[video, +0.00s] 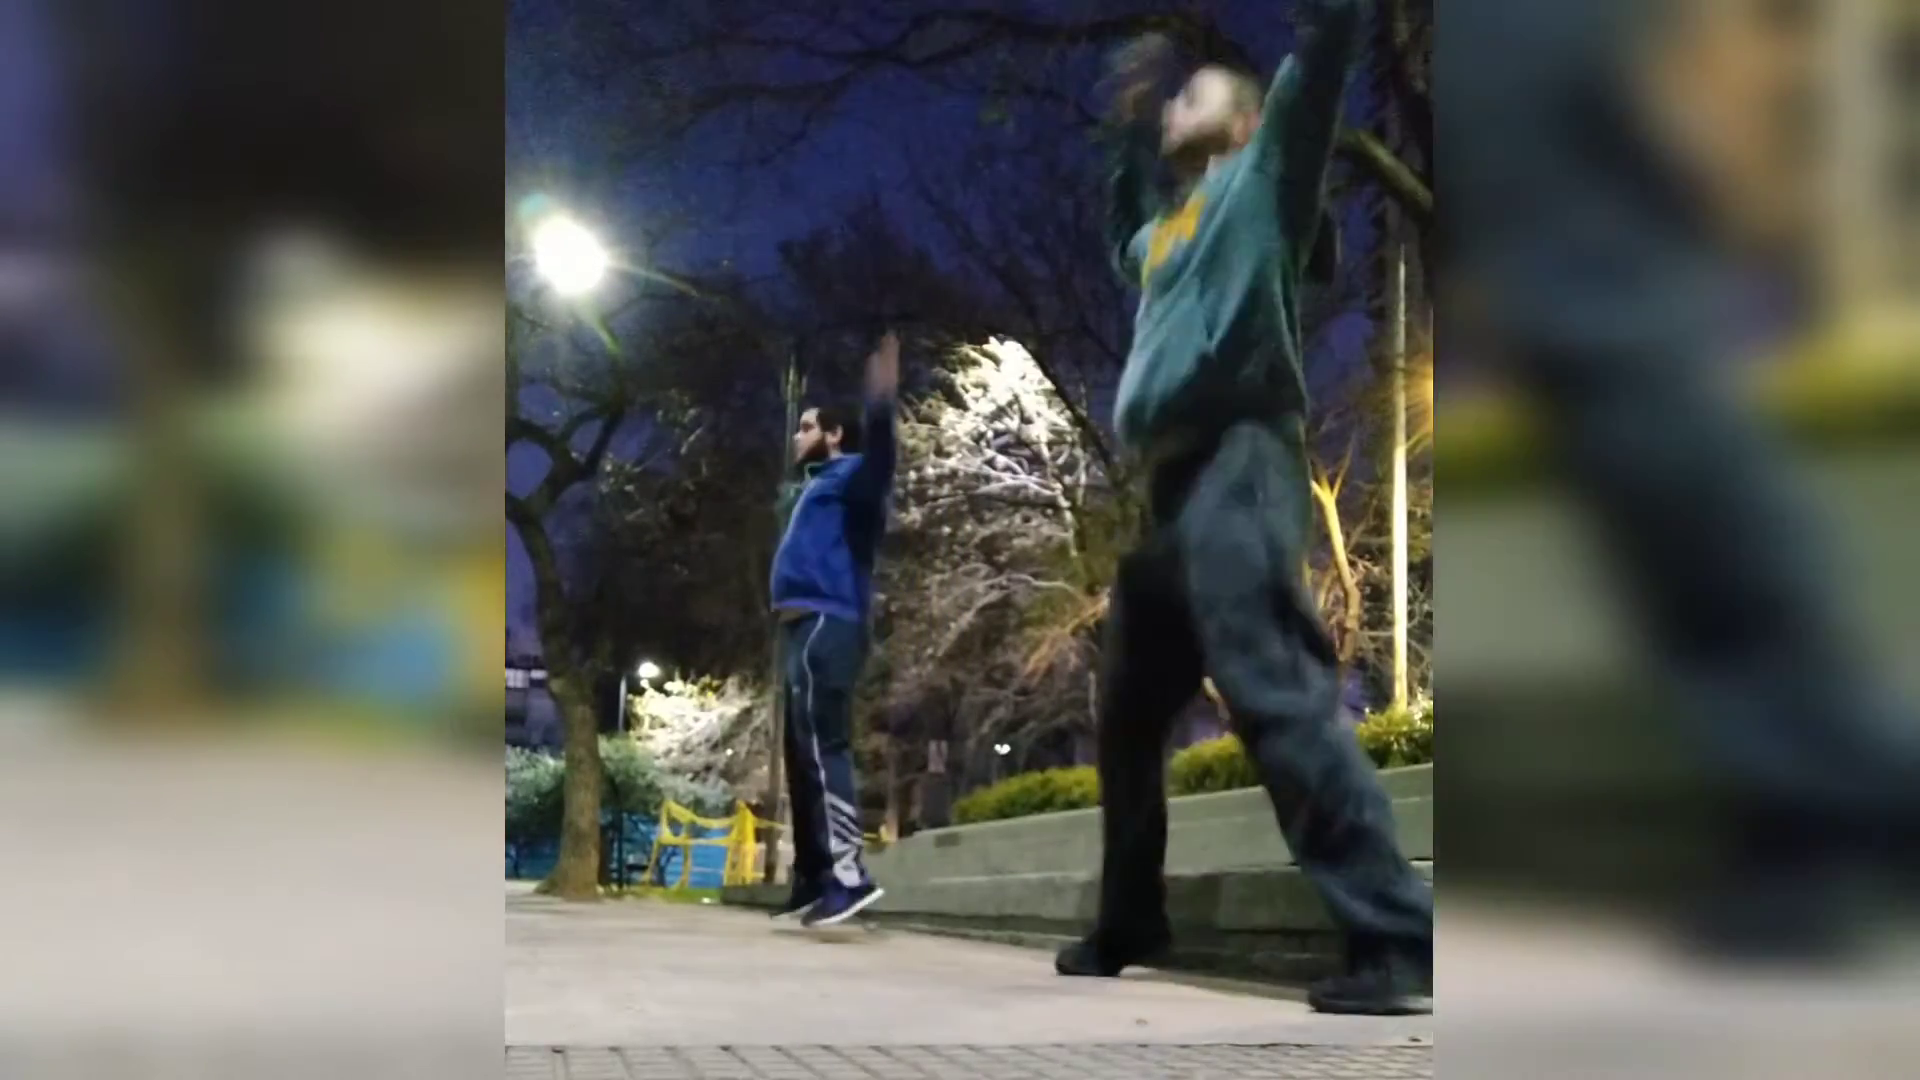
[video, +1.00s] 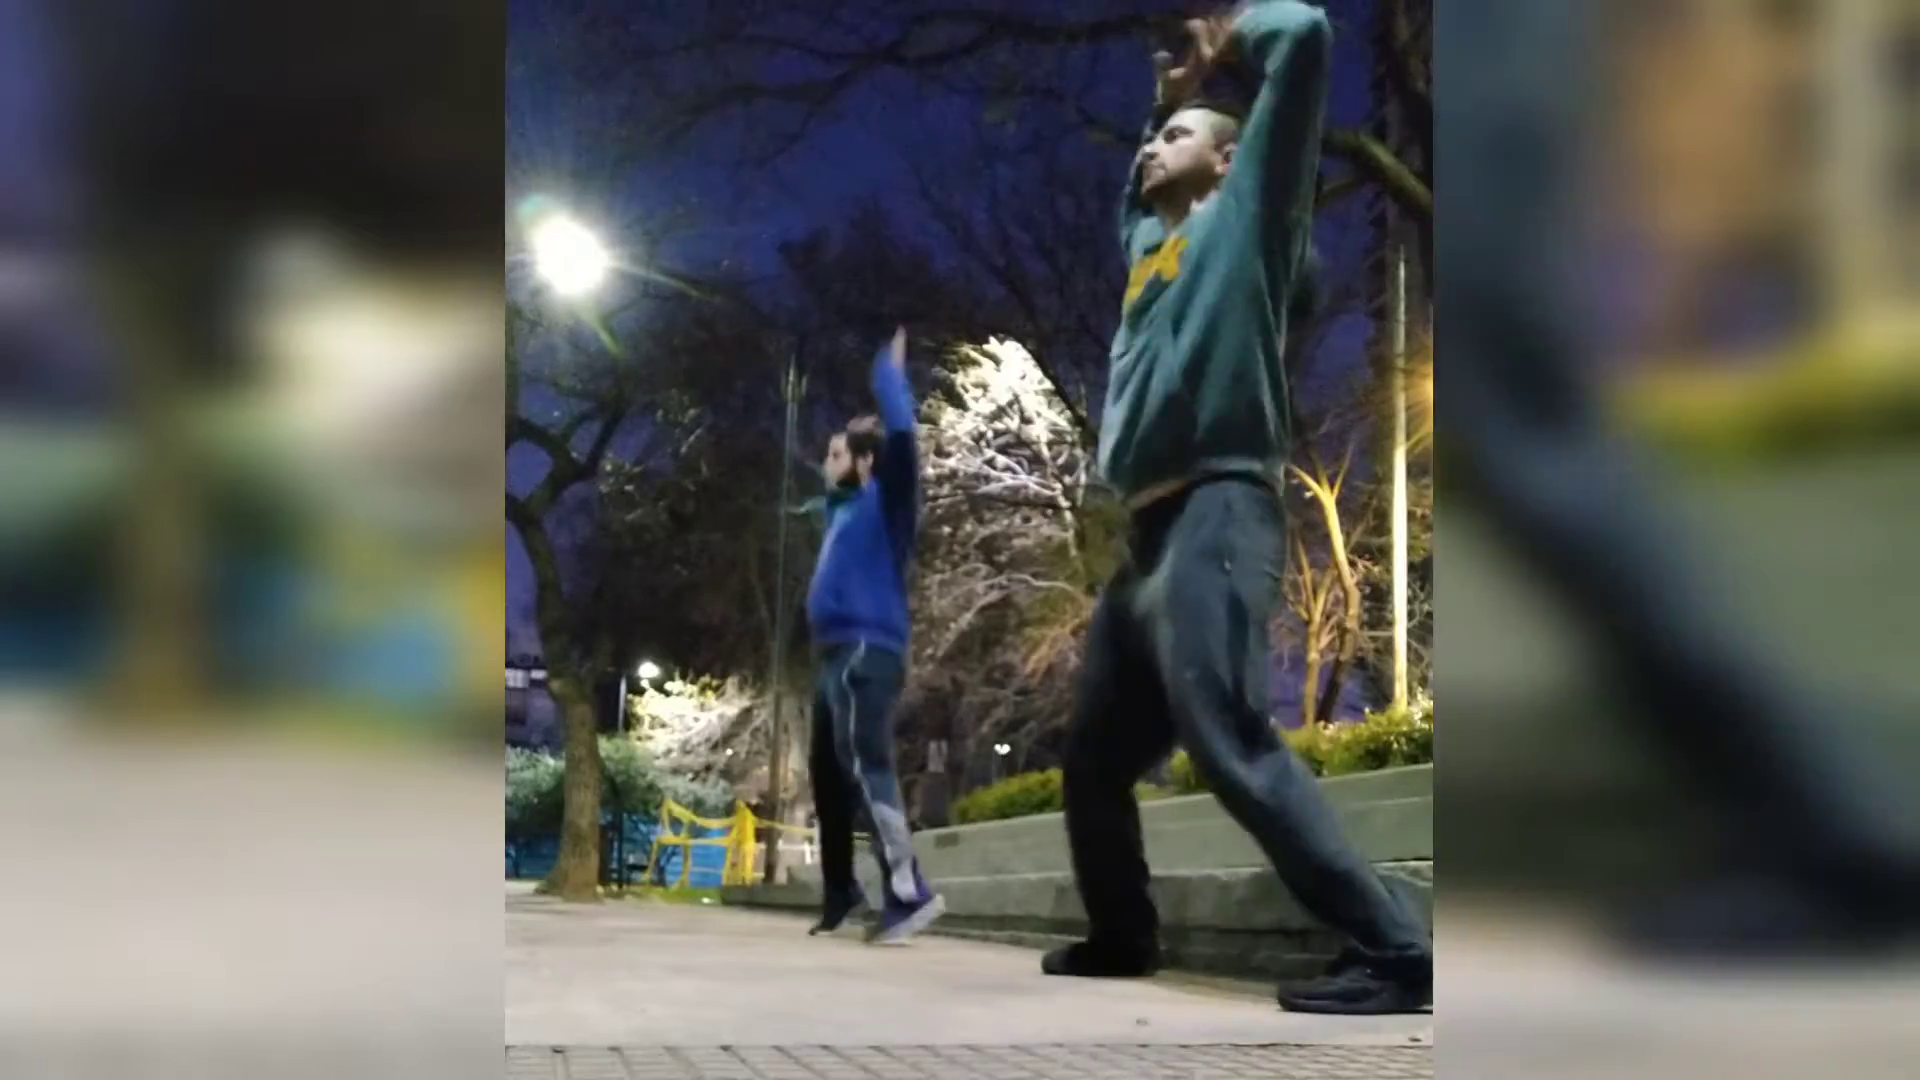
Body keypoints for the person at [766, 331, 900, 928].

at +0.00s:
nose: (799, 436)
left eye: (808, 427)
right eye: (800, 427)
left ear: (836, 432)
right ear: (816, 437)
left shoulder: (855, 476)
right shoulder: (812, 483)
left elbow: (882, 450)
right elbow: (793, 454)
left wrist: (882, 397)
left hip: (829, 618)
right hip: (794, 620)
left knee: (821, 743)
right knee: (797, 750)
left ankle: (847, 874)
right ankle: (811, 876)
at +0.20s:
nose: (797, 474)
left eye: (805, 462)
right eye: (798, 464)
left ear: (831, 465)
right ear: (813, 473)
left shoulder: (856, 502)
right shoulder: (815, 516)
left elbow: (858, 429)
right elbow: (792, 508)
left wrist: (855, 383)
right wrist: (794, 500)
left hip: (835, 648)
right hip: (804, 651)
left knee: (809, 776)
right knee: (790, 779)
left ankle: (852, 902)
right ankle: (811, 901)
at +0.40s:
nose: (809, 443)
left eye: (818, 433)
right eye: (808, 436)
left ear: (843, 437)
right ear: (814, 446)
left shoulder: (862, 475)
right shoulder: (823, 485)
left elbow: (882, 448)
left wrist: (866, 389)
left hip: (844, 618)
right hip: (807, 621)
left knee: (830, 749)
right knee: (808, 756)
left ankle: (850, 881)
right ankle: (819, 886)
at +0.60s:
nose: (809, 469)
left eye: (817, 460)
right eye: (810, 460)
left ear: (845, 465)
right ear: (842, 466)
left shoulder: (866, 504)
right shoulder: (843, 510)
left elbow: (880, 570)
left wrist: (871, 633)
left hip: (854, 654)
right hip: (833, 654)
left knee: (823, 779)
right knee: (820, 782)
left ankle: (872, 900)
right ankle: (861, 901)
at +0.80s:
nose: (820, 447)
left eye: (830, 437)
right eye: (821, 438)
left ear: (860, 442)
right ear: (838, 447)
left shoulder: (883, 477)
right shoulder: (837, 497)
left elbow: (898, 528)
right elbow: (825, 565)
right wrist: (810, 614)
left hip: (863, 624)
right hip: (827, 629)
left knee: (858, 753)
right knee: (835, 761)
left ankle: (878, 882)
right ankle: (850, 890)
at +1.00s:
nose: (828, 461)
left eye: (835, 452)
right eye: (829, 453)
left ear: (863, 458)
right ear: (850, 463)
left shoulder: (887, 501)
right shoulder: (841, 509)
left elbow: (901, 437)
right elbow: (830, 486)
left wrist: (890, 370)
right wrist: (840, 467)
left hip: (871, 643)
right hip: (832, 647)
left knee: (869, 766)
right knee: (828, 772)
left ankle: (907, 893)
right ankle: (841, 890)